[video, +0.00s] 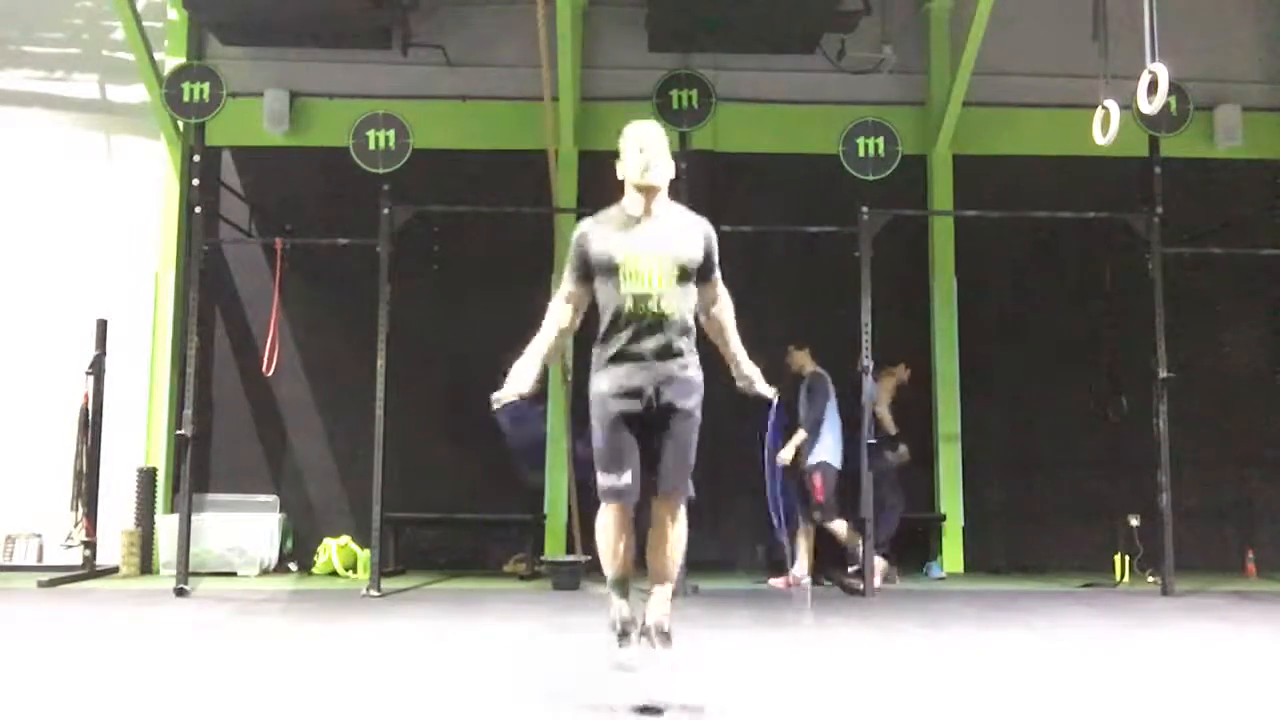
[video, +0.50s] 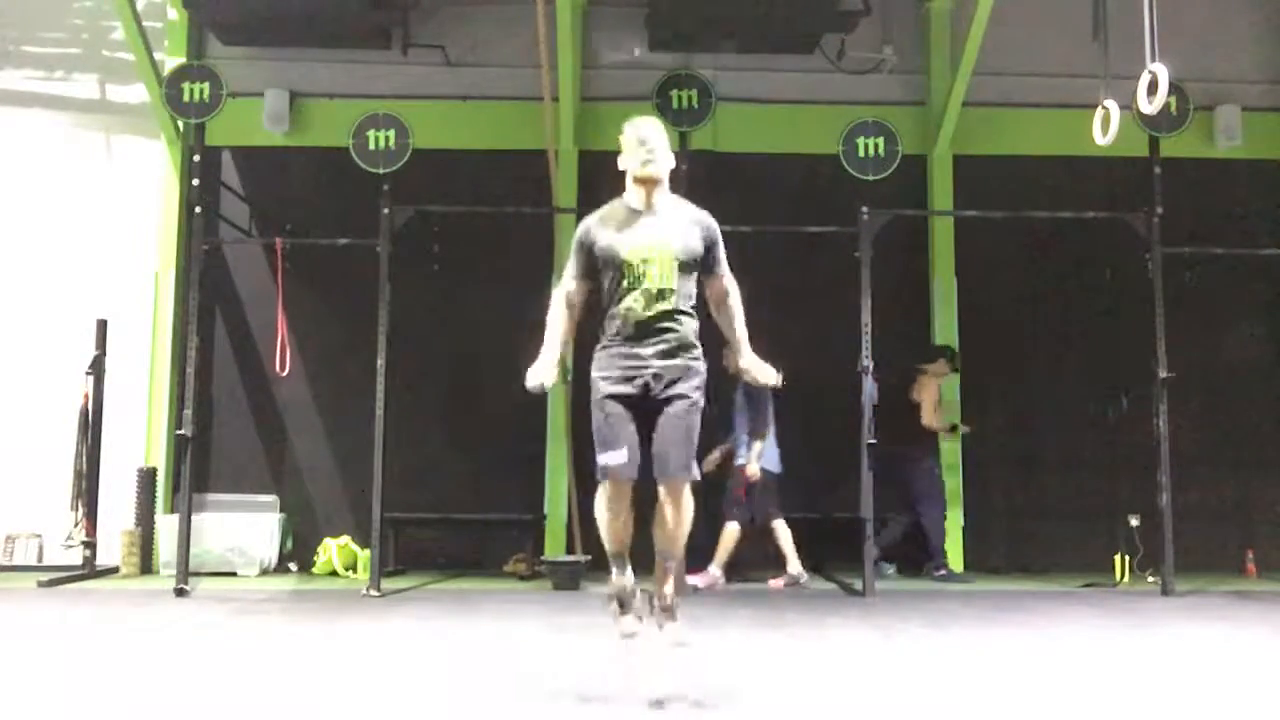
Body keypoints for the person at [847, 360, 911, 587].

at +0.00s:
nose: (907, 377)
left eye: (907, 372)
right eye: (905, 371)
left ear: (891, 368)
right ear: (898, 368)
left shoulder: (877, 382)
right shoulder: (886, 381)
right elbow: (880, 409)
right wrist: (896, 436)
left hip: (874, 447)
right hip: (877, 448)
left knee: (876, 503)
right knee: (893, 502)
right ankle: (875, 553)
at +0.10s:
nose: (911, 374)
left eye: (912, 371)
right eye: (911, 369)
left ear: (895, 365)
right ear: (902, 365)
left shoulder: (877, 380)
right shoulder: (891, 381)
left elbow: (875, 421)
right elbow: (883, 413)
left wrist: (895, 445)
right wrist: (904, 436)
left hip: (869, 448)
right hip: (879, 449)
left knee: (869, 503)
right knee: (904, 499)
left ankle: (863, 559)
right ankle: (896, 557)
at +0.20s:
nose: (917, 375)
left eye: (918, 371)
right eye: (917, 370)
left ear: (903, 366)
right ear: (907, 365)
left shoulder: (885, 383)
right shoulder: (895, 382)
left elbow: (884, 427)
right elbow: (887, 416)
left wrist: (909, 444)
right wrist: (907, 431)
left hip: (874, 450)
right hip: (886, 451)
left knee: (870, 507)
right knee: (908, 504)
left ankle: (859, 561)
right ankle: (923, 561)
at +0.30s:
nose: (926, 374)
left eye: (927, 370)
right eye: (925, 369)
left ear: (909, 365)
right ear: (915, 365)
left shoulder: (892, 382)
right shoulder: (905, 384)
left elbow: (893, 422)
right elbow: (897, 418)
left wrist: (918, 440)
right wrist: (919, 432)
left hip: (882, 450)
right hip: (896, 451)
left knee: (874, 506)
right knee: (913, 505)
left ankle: (858, 560)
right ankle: (933, 563)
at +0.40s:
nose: (935, 373)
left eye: (937, 370)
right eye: (936, 368)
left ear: (921, 364)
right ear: (929, 364)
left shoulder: (899, 380)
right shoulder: (916, 383)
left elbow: (896, 418)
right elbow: (912, 420)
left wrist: (925, 429)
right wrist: (930, 431)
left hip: (889, 451)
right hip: (908, 453)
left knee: (886, 507)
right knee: (923, 506)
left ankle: (863, 556)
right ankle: (935, 563)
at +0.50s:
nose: (946, 375)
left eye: (948, 370)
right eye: (947, 369)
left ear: (928, 362)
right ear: (940, 363)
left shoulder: (903, 379)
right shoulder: (929, 383)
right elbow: (928, 420)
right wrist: (952, 427)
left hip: (894, 451)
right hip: (918, 453)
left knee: (906, 507)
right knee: (931, 506)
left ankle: (877, 552)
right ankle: (938, 563)